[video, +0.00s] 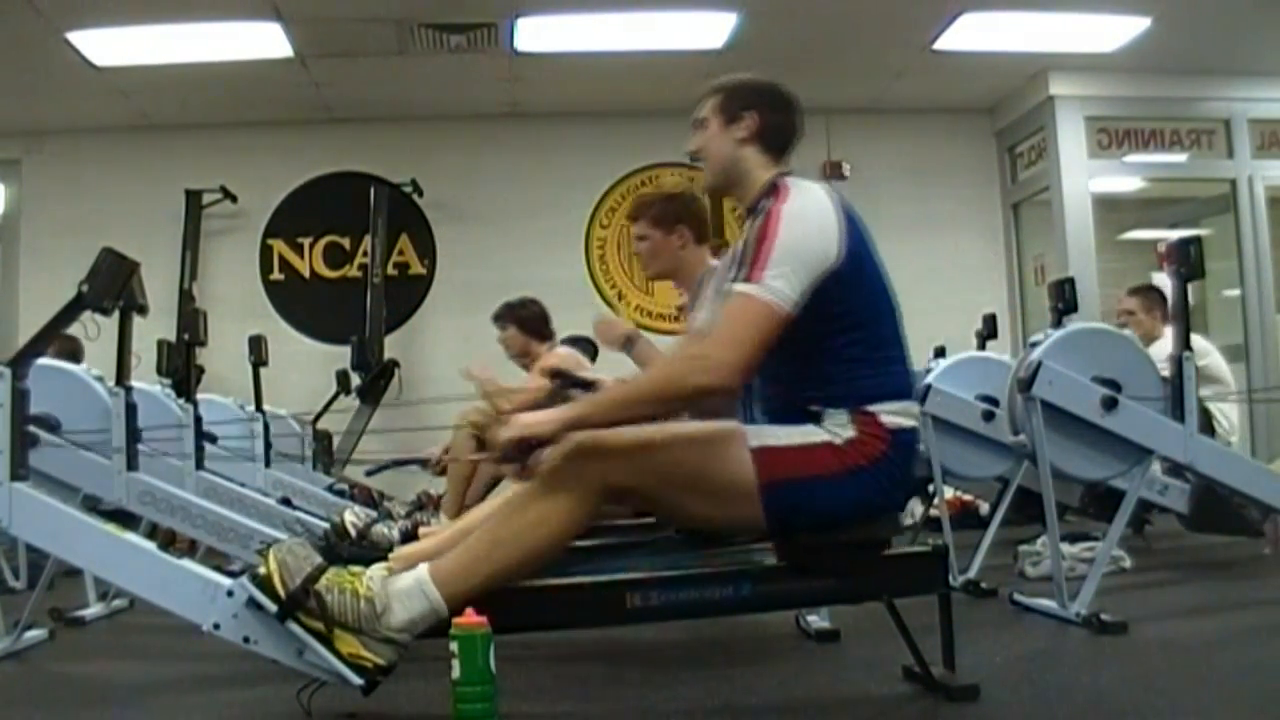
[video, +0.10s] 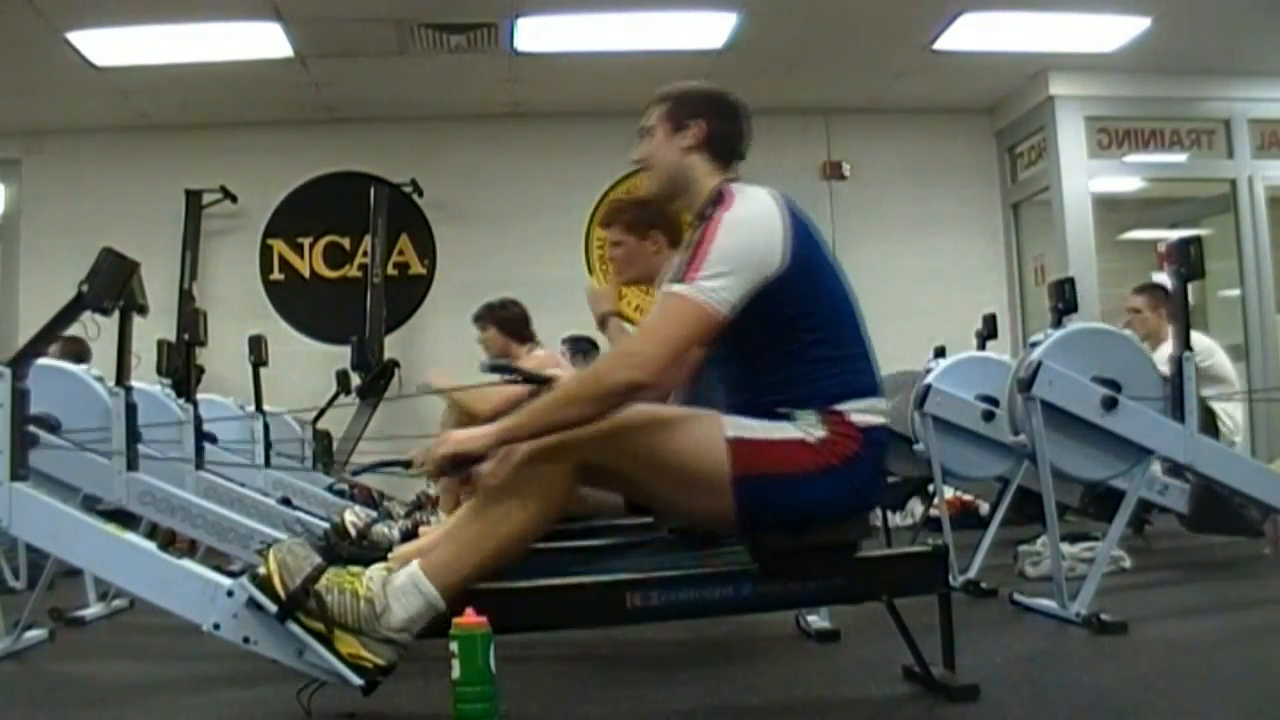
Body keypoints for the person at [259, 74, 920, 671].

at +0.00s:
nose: (692, 145)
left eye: (703, 126)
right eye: (694, 130)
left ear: (748, 127)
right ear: (748, 131)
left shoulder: (800, 208)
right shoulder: (761, 228)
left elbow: (717, 365)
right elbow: (702, 366)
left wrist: (568, 419)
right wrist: (564, 416)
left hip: (856, 448)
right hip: (808, 442)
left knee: (591, 458)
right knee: (573, 459)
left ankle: (398, 614)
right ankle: (386, 588)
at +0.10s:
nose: (637, 157)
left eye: (648, 138)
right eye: (641, 142)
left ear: (694, 138)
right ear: (697, 142)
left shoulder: (750, 215)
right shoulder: (713, 233)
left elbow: (638, 369)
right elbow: (649, 377)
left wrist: (488, 437)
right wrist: (499, 440)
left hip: (827, 449)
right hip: (774, 445)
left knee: (571, 442)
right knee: (552, 458)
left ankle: (395, 609)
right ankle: (385, 588)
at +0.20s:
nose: (582, 163)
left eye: (593, 143)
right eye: (586, 146)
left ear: (637, 147)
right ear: (639, 149)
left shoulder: (696, 224)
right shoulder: (673, 231)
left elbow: (563, 373)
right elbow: (584, 379)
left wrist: (428, 443)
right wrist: (456, 452)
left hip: (788, 455)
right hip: (748, 448)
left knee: (551, 408)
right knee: (536, 428)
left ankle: (391, 604)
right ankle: (388, 597)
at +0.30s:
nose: (530, 173)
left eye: (538, 154)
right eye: (531, 156)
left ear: (580, 154)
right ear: (589, 159)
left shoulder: (640, 230)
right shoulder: (627, 237)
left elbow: (507, 374)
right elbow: (522, 383)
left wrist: (372, 451)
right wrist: (399, 455)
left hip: (748, 457)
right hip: (719, 452)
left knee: (513, 400)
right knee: (504, 411)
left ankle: (390, 603)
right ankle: (390, 589)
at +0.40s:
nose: (479, 176)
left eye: (487, 157)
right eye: (480, 160)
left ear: (524, 159)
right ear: (530, 162)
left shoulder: (586, 236)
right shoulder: (559, 247)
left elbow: (445, 377)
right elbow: (458, 392)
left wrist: (314, 457)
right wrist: (351, 471)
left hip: (702, 461)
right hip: (674, 454)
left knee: (474, 385)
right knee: (474, 387)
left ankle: (386, 603)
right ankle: (386, 598)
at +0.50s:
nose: (431, 177)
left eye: (440, 160)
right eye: (434, 161)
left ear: (476, 164)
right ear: (486, 168)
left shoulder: (533, 242)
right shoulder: (502, 252)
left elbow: (385, 378)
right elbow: (408, 391)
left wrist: (261, 460)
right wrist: (306, 471)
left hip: (655, 464)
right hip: (629, 457)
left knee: (440, 378)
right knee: (438, 374)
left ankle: (385, 600)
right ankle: (384, 581)